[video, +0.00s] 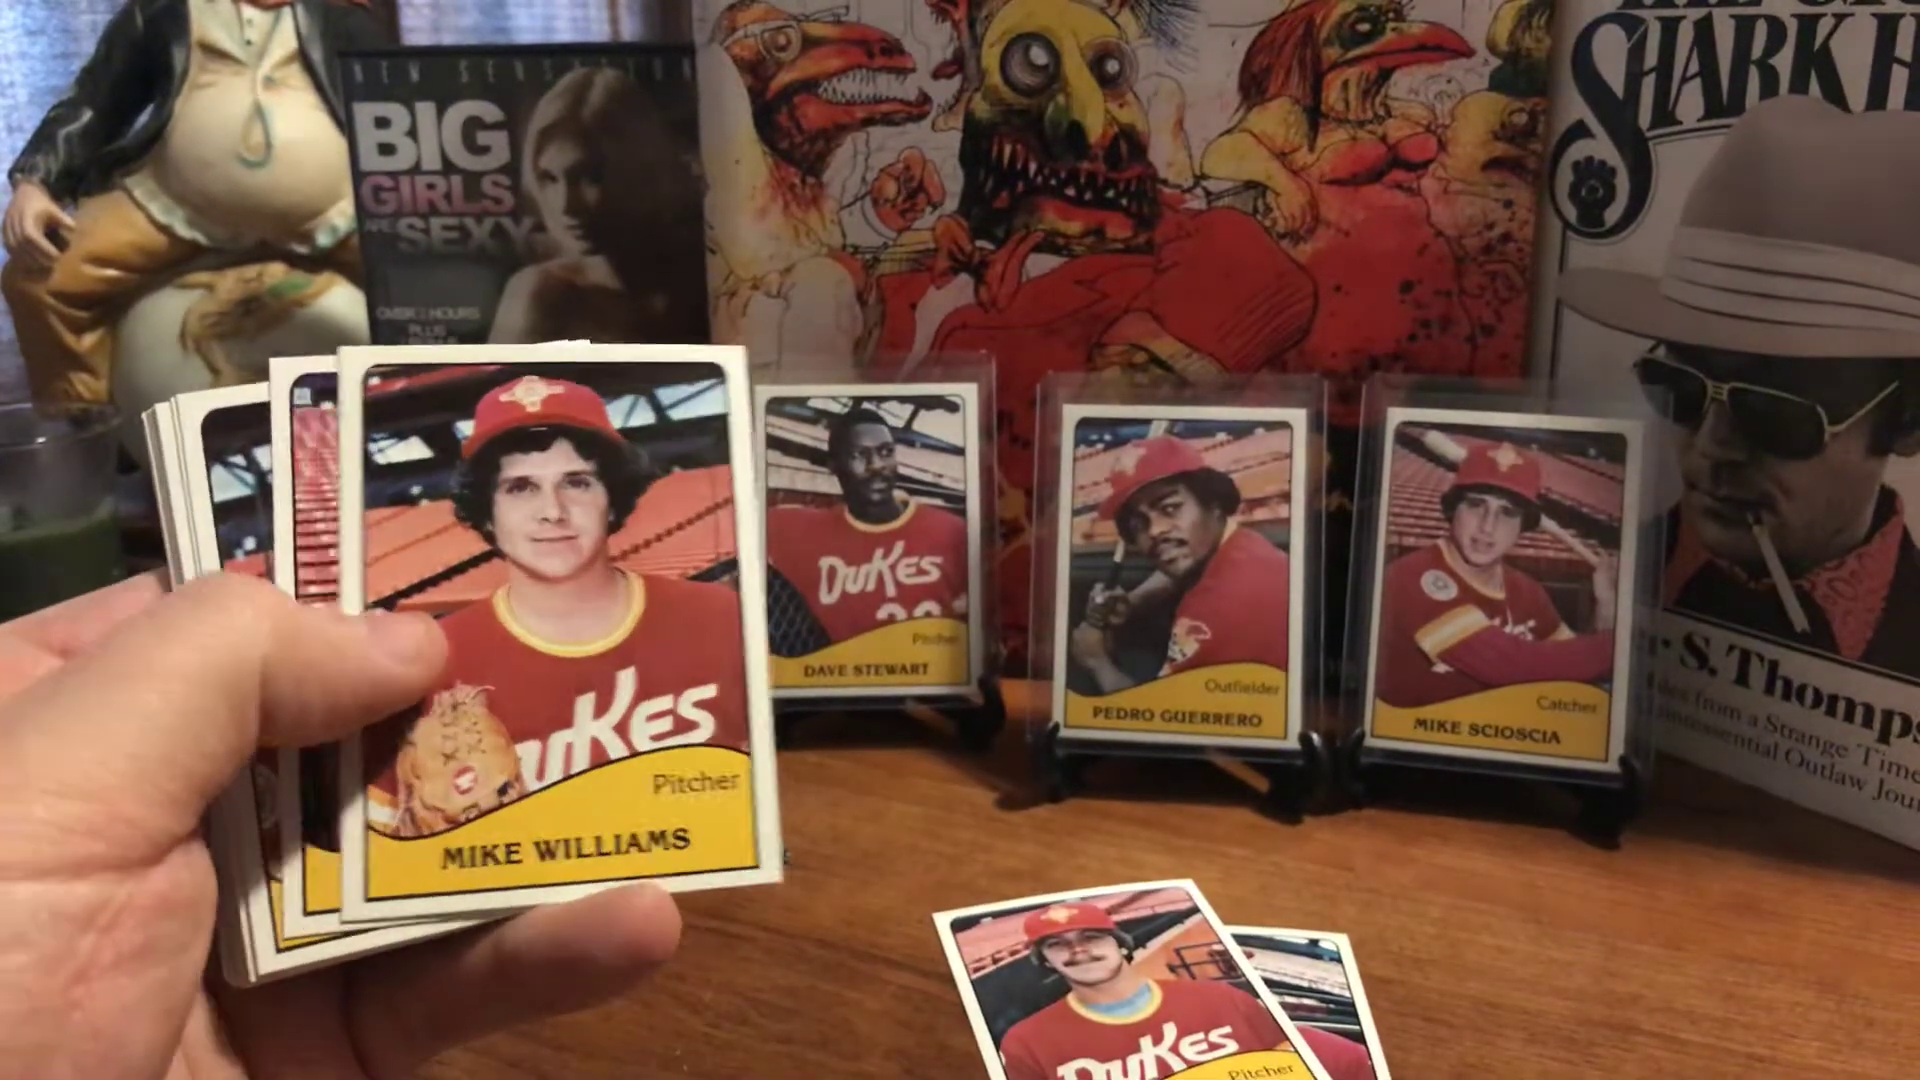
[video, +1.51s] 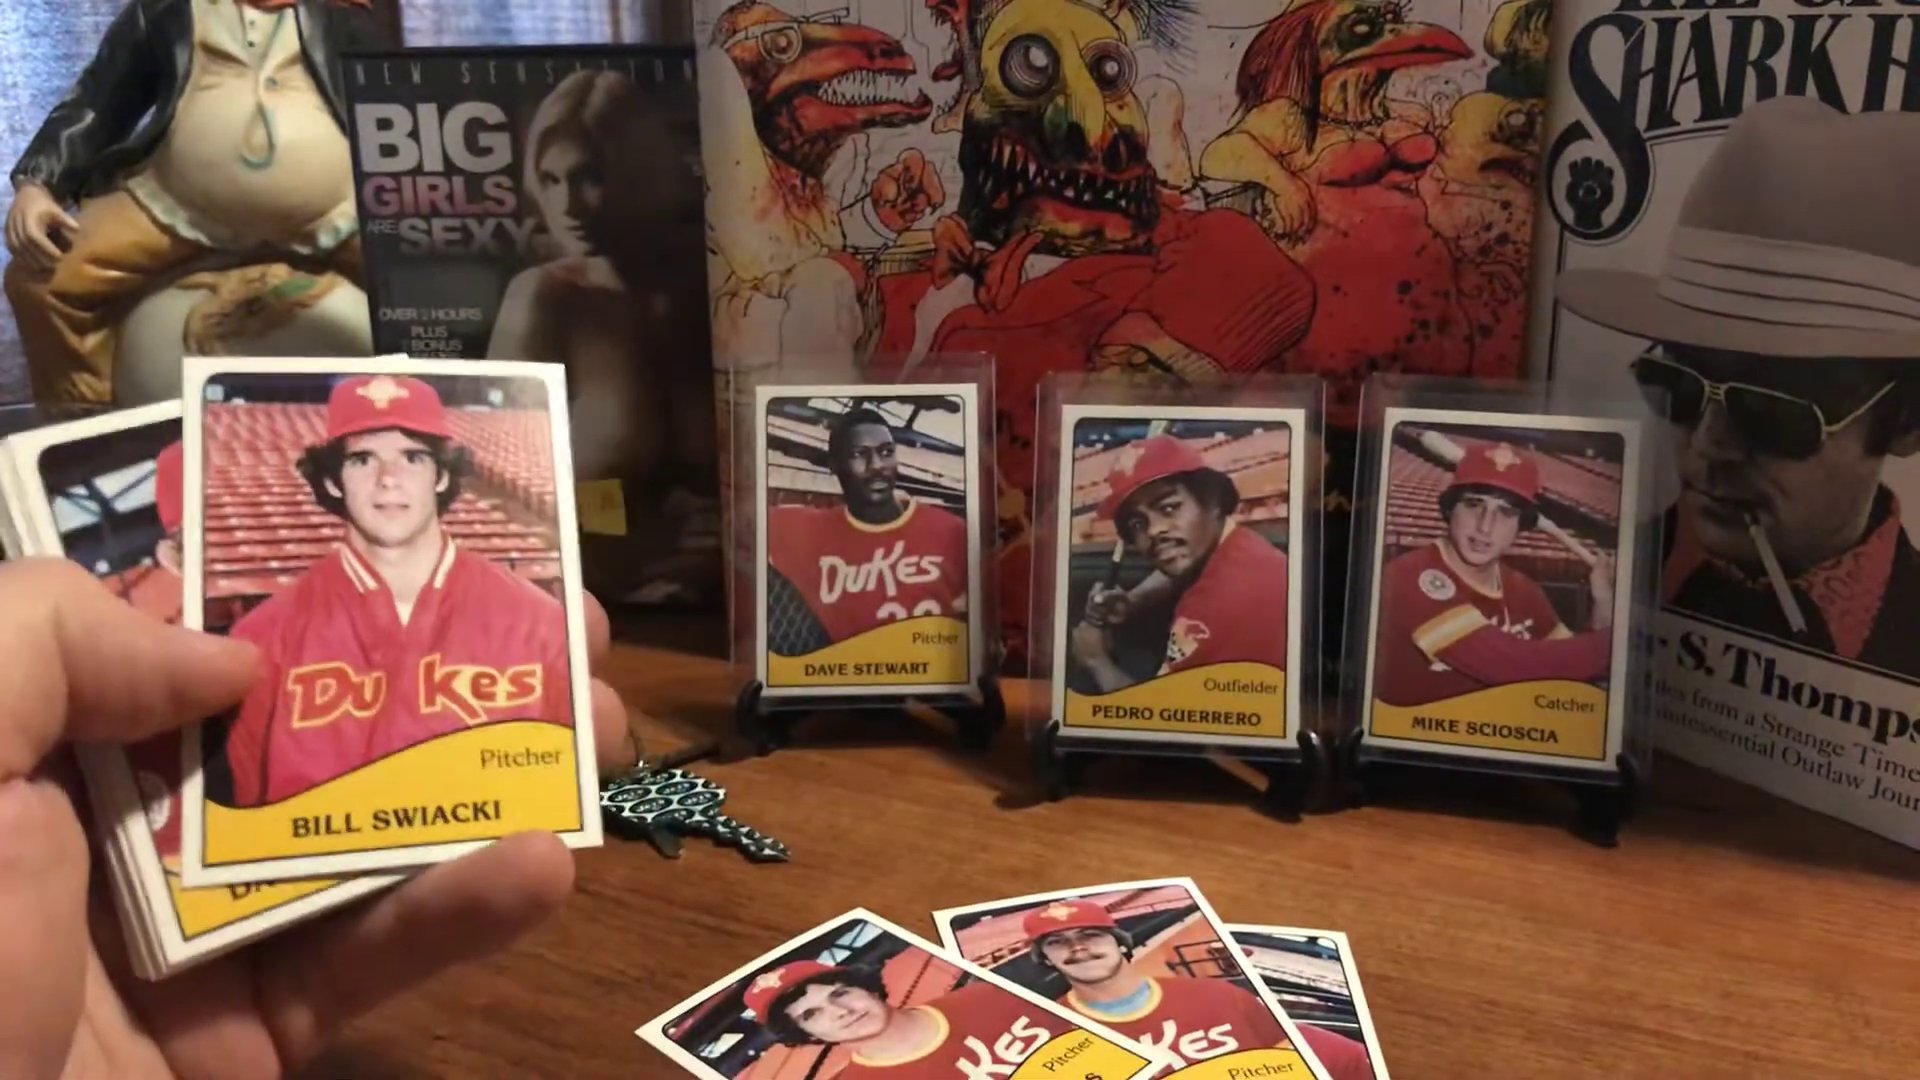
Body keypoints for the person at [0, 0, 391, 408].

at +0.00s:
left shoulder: (346, 20)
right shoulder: (161, 12)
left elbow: (401, 103)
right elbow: (93, 102)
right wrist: (31, 181)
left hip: (334, 211)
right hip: (174, 206)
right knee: (39, 280)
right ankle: (94, 444)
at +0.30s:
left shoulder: (345, 15)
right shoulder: (158, 12)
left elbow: (397, 96)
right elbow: (95, 98)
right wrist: (31, 179)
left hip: (338, 207)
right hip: (174, 203)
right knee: (39, 278)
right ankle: (96, 446)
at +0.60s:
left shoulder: (346, 22)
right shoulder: (164, 14)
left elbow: (401, 107)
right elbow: (97, 104)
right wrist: (34, 183)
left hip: (337, 214)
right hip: (179, 209)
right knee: (44, 280)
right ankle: (94, 434)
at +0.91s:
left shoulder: (343, 17)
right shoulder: (161, 13)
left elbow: (395, 90)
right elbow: (99, 98)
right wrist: (34, 180)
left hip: (340, 209)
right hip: (178, 205)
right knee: (43, 278)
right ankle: (95, 431)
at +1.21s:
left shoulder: (345, 20)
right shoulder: (163, 12)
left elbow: (398, 103)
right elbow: (97, 102)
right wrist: (34, 182)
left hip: (338, 214)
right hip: (177, 207)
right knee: (43, 282)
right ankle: (95, 431)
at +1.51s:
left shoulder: (347, 20)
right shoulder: (165, 12)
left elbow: (400, 105)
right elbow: (97, 102)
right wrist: (34, 182)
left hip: (338, 213)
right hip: (178, 207)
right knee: (43, 283)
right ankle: (89, 456)